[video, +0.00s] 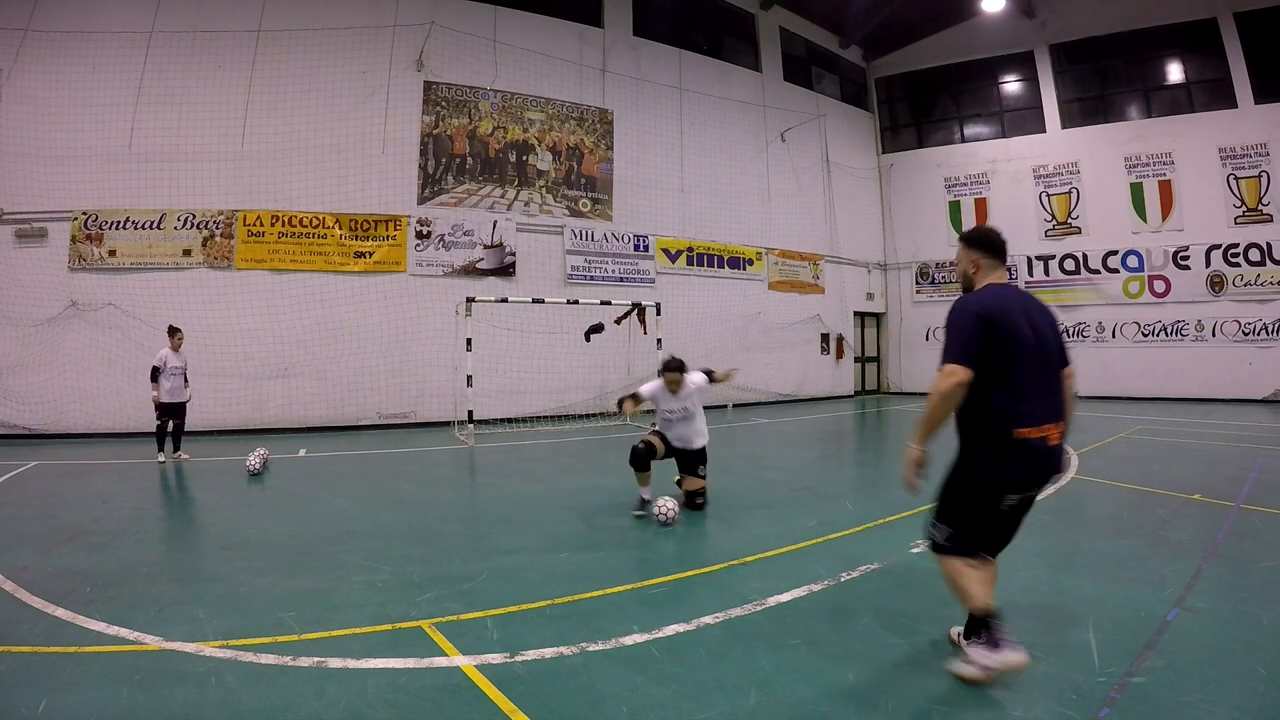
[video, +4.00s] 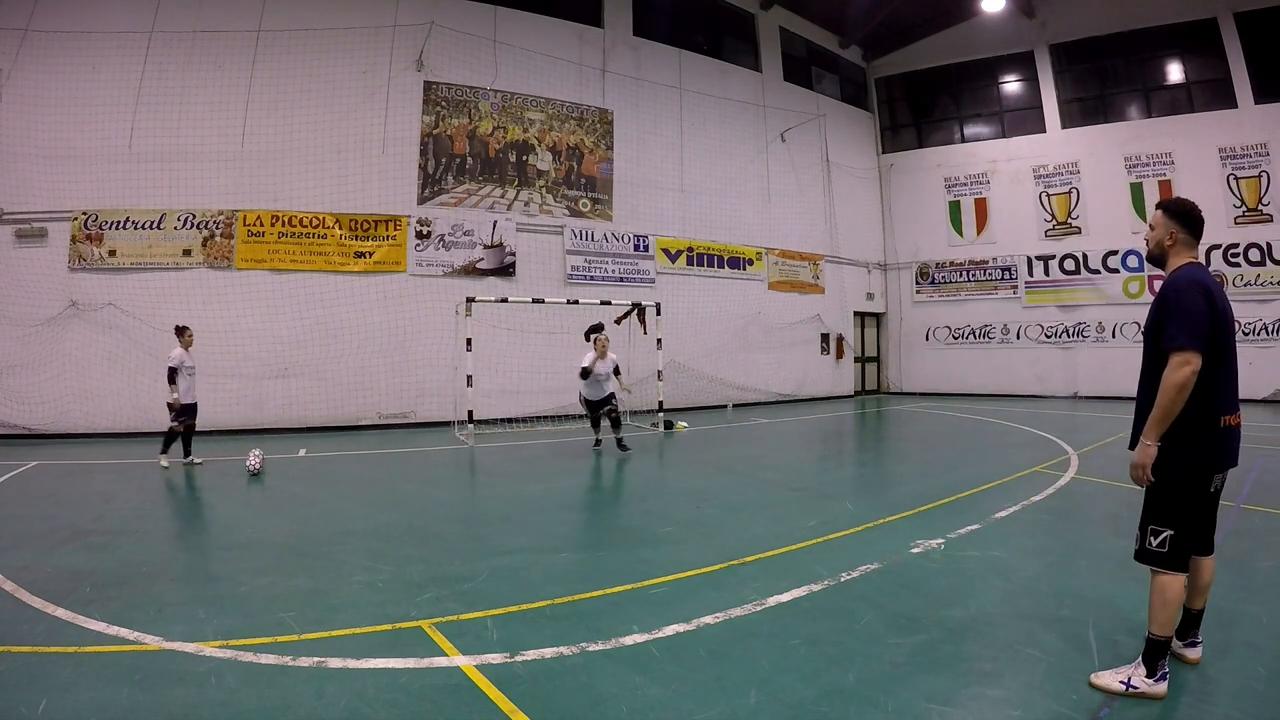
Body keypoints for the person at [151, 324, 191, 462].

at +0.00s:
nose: (181, 342)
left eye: (182, 339)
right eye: (179, 339)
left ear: (182, 339)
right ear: (171, 339)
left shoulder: (182, 356)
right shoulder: (163, 354)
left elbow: (184, 374)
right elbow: (154, 374)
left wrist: (187, 389)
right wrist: (155, 393)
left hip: (180, 397)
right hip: (165, 397)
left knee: (179, 425)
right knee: (163, 425)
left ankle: (177, 451)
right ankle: (161, 452)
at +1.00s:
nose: (227, 345)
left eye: (228, 342)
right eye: (225, 342)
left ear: (227, 342)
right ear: (217, 342)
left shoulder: (225, 356)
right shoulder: (212, 357)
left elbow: (221, 379)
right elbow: (202, 378)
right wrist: (203, 398)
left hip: (227, 398)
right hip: (212, 400)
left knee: (241, 419)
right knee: (198, 425)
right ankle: (180, 446)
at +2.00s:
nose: (258, 373)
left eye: (259, 371)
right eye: (257, 370)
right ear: (249, 365)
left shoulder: (247, 377)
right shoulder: (234, 374)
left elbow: (240, 391)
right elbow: (222, 391)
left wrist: (240, 409)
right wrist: (221, 411)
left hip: (226, 398)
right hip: (211, 396)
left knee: (227, 424)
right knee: (216, 424)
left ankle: (224, 451)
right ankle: (218, 455)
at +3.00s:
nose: (248, 395)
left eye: (249, 393)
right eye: (247, 392)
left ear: (239, 387)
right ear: (240, 388)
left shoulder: (232, 387)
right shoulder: (229, 394)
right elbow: (235, 422)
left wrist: (244, 437)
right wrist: (247, 440)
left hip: (205, 398)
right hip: (195, 399)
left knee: (221, 423)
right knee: (215, 425)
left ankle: (222, 455)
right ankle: (218, 457)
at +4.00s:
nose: (192, 339)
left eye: (192, 336)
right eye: (189, 336)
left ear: (189, 338)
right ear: (181, 338)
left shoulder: (188, 354)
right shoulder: (177, 354)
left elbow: (186, 377)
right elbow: (171, 375)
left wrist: (191, 395)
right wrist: (175, 396)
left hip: (191, 400)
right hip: (181, 400)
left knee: (189, 427)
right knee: (177, 428)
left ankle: (187, 456)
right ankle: (163, 454)